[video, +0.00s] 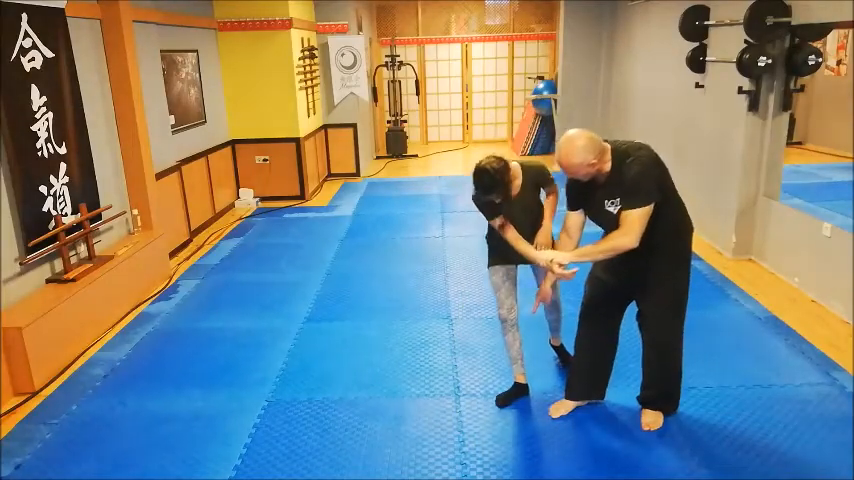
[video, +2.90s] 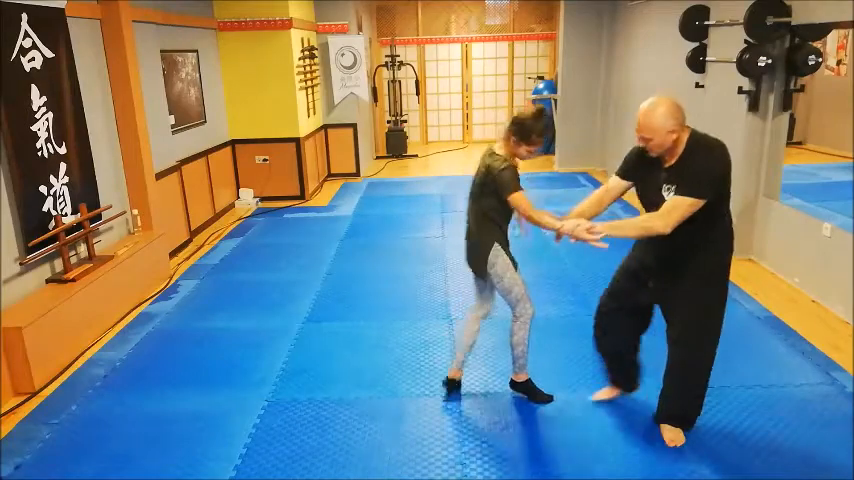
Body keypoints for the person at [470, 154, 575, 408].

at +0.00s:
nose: (495, 202)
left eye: (499, 197)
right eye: (490, 200)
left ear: (509, 177)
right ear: (481, 190)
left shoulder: (535, 171)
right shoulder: (482, 196)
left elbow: (552, 192)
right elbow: (505, 228)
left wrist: (546, 229)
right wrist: (541, 260)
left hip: (537, 237)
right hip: (502, 245)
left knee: (552, 297)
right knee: (507, 315)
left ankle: (556, 342)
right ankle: (520, 381)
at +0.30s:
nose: (510, 161)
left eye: (514, 154)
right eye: (503, 154)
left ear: (521, 148)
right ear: (490, 149)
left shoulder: (517, 163)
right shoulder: (482, 175)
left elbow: (522, 191)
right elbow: (520, 217)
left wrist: (534, 213)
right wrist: (560, 245)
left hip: (518, 240)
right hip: (488, 248)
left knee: (530, 295)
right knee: (498, 319)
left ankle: (542, 345)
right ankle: (506, 376)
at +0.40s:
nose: (512, 149)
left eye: (516, 142)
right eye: (505, 143)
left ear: (523, 134)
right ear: (489, 136)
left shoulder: (506, 158)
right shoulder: (485, 170)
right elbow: (528, 213)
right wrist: (570, 240)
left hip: (508, 238)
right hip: (484, 243)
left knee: (518, 301)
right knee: (499, 317)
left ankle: (524, 350)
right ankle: (497, 376)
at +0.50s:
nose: (516, 139)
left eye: (519, 132)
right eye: (512, 133)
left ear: (516, 124)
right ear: (491, 128)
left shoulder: (492, 153)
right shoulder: (489, 164)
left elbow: (495, 197)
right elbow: (533, 211)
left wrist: (519, 212)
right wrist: (578, 234)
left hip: (498, 242)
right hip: (486, 246)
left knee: (505, 304)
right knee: (499, 315)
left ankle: (498, 355)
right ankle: (486, 378)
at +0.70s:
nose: (514, 131)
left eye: (515, 125)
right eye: (511, 125)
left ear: (489, 123)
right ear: (491, 123)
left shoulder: (461, 153)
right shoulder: (498, 162)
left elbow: (449, 193)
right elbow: (536, 210)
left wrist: (481, 194)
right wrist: (581, 229)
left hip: (468, 244)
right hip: (495, 247)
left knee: (475, 305)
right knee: (504, 315)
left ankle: (452, 373)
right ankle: (484, 383)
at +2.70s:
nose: (516, 143)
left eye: (519, 138)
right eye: (516, 136)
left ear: (491, 128)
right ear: (499, 130)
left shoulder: (461, 155)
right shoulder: (492, 165)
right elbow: (535, 201)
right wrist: (580, 212)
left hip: (453, 247)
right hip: (481, 249)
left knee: (457, 314)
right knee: (510, 311)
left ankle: (451, 383)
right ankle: (517, 381)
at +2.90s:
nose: (531, 155)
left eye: (535, 151)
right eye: (529, 150)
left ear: (513, 137)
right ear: (513, 140)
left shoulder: (492, 154)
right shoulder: (504, 168)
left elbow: (503, 189)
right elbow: (528, 213)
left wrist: (521, 212)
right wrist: (566, 228)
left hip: (477, 243)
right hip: (490, 247)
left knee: (481, 306)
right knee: (523, 308)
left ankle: (454, 374)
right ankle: (520, 378)